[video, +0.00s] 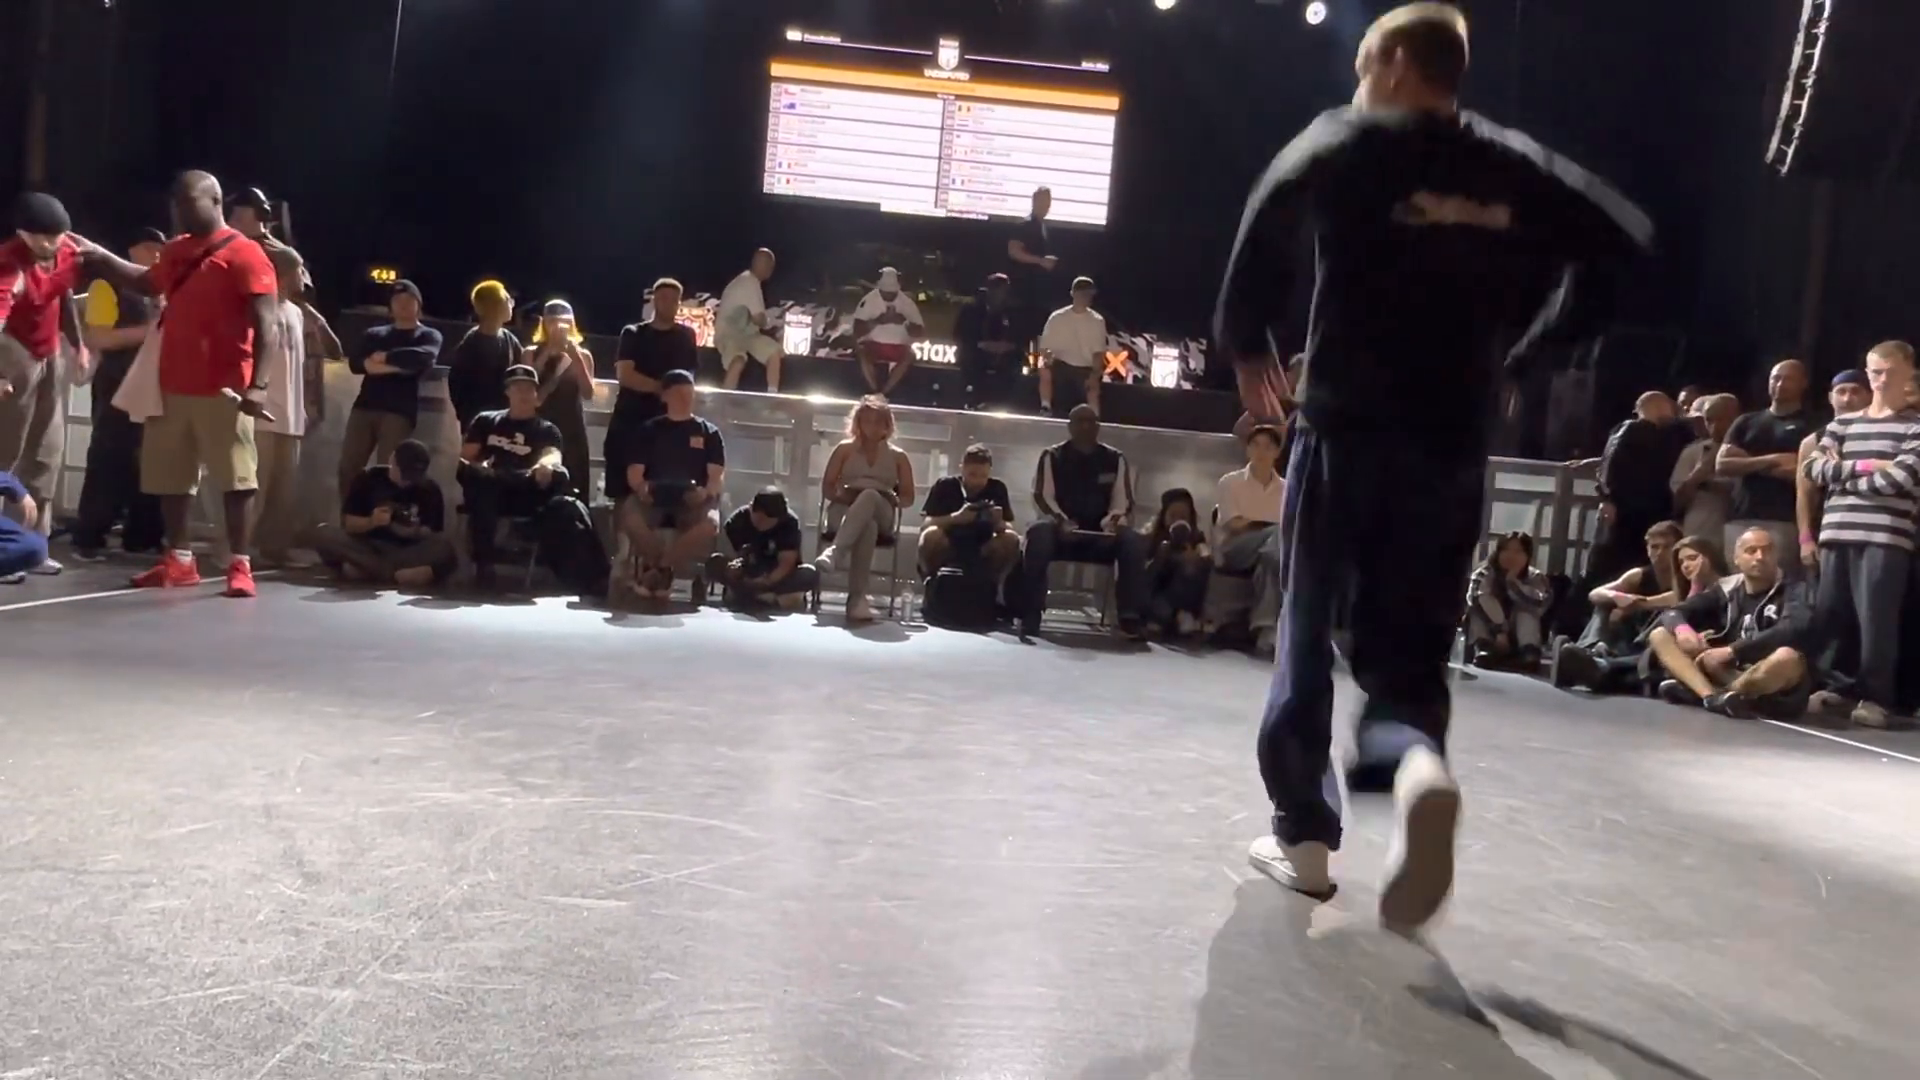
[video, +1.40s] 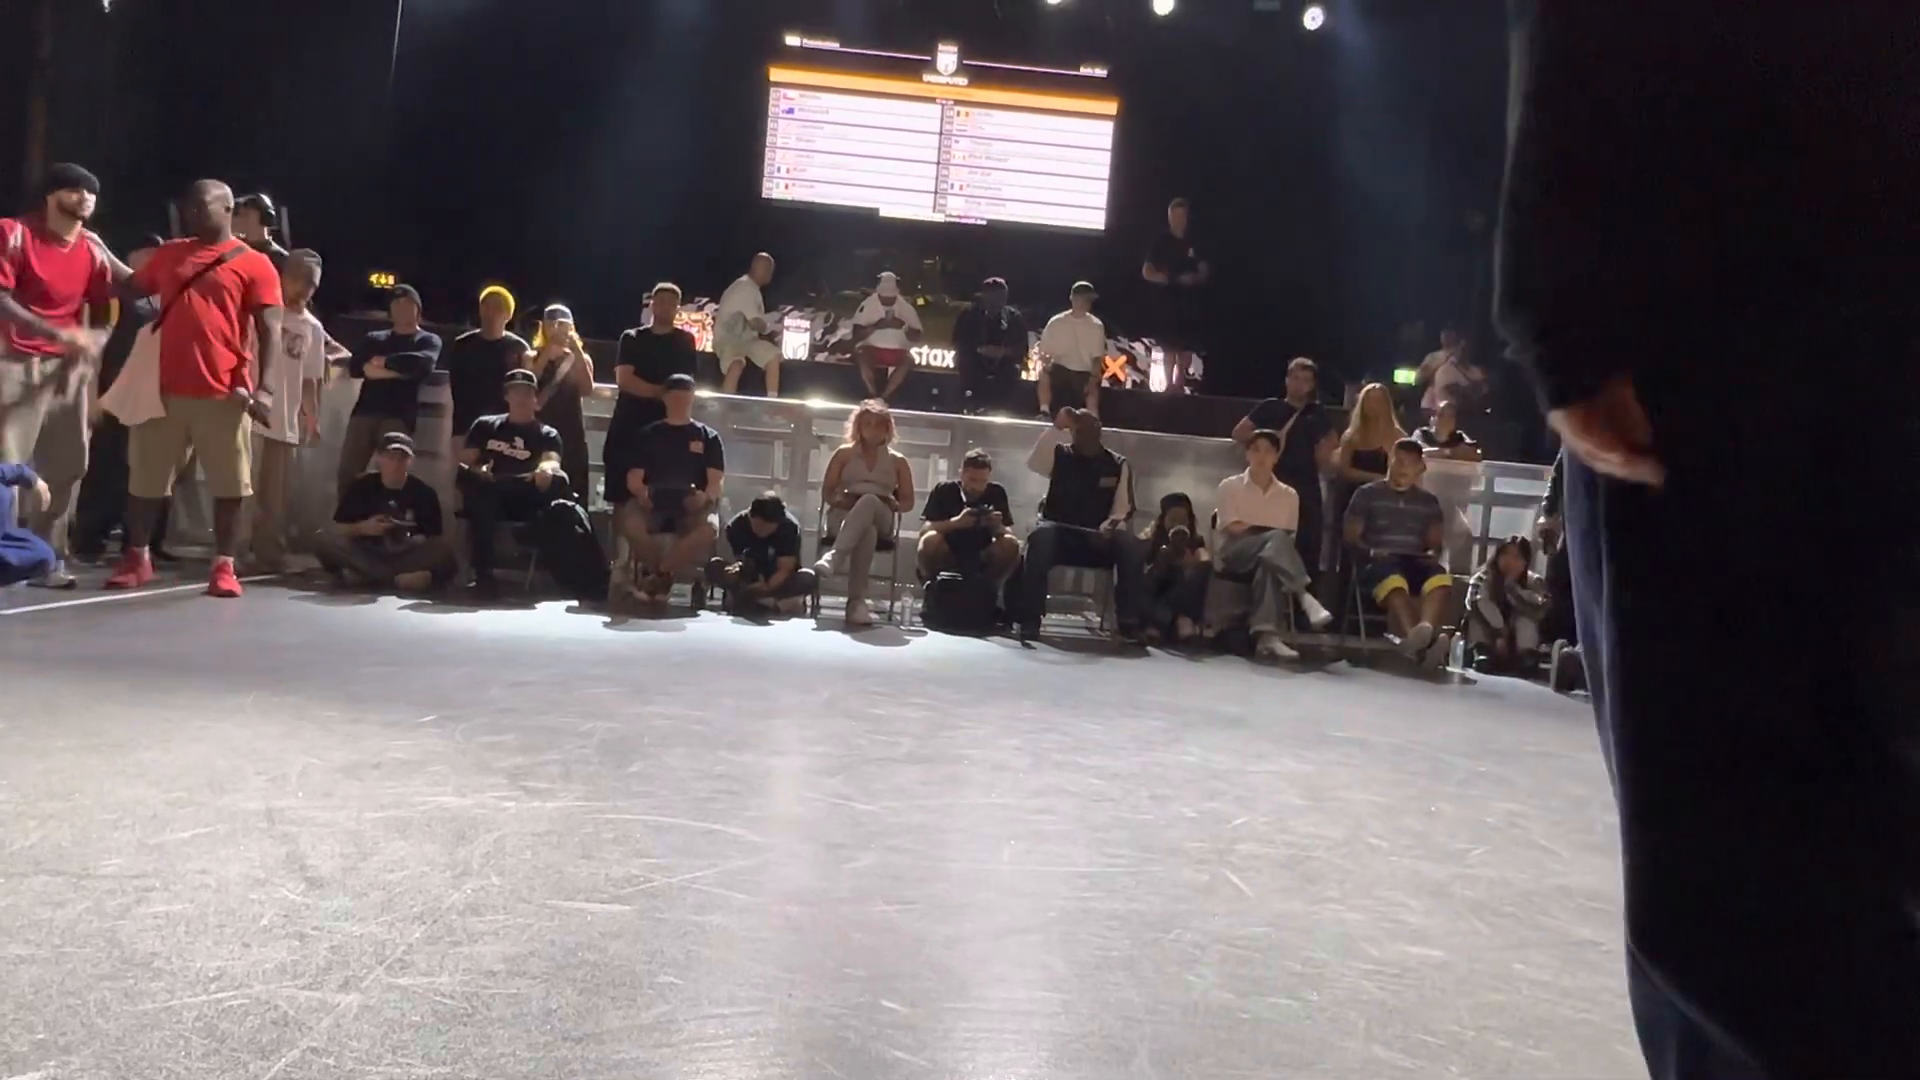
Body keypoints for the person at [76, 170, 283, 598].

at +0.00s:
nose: (180, 211)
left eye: (188, 202)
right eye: (177, 203)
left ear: (214, 200)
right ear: (177, 207)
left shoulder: (245, 252)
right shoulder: (177, 250)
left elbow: (268, 324)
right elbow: (148, 282)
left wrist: (260, 385)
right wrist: (102, 257)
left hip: (226, 390)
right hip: (172, 389)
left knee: (237, 481)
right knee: (171, 477)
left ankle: (240, 564)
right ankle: (178, 559)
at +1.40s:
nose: (190, 212)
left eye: (199, 204)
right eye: (188, 205)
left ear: (226, 207)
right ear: (186, 211)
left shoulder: (254, 263)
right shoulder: (169, 254)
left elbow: (270, 330)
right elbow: (128, 288)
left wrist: (265, 387)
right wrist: (96, 253)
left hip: (223, 393)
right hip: (161, 388)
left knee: (230, 485)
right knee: (145, 480)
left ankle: (224, 565)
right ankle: (137, 560)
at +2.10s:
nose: (106, 228)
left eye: (111, 219)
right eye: (98, 222)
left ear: (129, 219)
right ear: (92, 229)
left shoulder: (171, 261)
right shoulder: (86, 272)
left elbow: (209, 321)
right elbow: (68, 333)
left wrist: (228, 375)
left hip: (177, 403)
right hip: (116, 406)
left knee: (185, 494)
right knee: (116, 497)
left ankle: (183, 574)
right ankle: (121, 576)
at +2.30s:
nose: (95, 243)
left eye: (100, 232)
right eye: (87, 236)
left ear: (118, 225)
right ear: (81, 239)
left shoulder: (162, 266)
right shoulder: (81, 279)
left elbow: (199, 325)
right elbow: (66, 341)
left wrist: (225, 380)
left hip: (169, 404)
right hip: (109, 409)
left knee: (178, 495)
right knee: (106, 499)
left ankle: (170, 579)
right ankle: (115, 581)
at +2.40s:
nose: (87, 247)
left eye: (92, 237)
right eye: (81, 240)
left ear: (113, 229)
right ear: (78, 241)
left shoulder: (156, 269)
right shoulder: (78, 281)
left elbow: (195, 330)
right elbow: (62, 346)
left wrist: (222, 384)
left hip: (164, 408)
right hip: (107, 413)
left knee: (171, 498)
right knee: (103, 503)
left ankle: (166, 582)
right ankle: (112, 584)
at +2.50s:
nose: (97, 253)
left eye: (101, 242)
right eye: (89, 246)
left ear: (115, 236)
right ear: (79, 246)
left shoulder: (155, 276)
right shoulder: (75, 286)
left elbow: (192, 335)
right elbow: (58, 349)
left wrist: (220, 388)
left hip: (162, 412)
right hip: (103, 417)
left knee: (169, 504)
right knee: (103, 510)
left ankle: (166, 588)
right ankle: (110, 589)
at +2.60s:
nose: (94, 260)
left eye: (100, 250)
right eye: (88, 252)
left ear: (117, 244)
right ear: (82, 253)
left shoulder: (158, 283)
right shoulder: (77, 292)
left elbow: (194, 342)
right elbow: (59, 356)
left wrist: (224, 397)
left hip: (164, 419)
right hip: (104, 424)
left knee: (171, 510)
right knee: (104, 516)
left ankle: (167, 593)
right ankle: (114, 595)